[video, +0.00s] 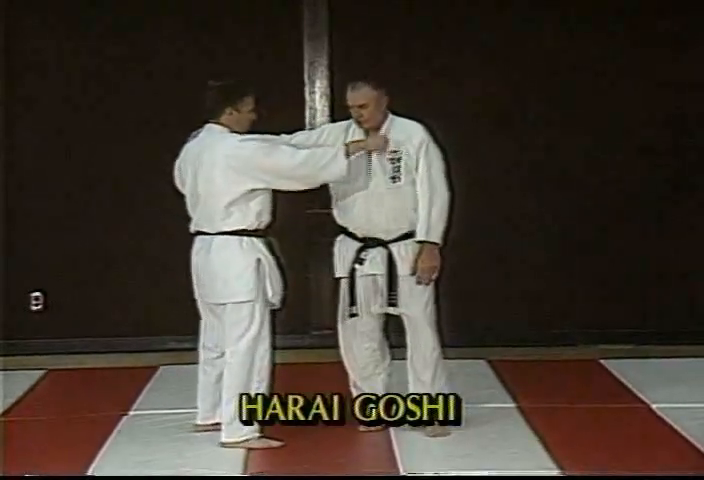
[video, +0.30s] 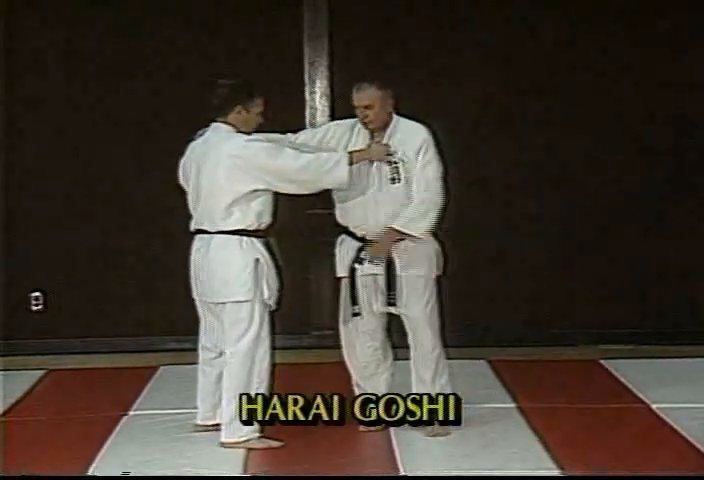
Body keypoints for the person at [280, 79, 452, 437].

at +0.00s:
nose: (358, 115)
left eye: (364, 108)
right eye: (352, 109)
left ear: (384, 102)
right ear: (348, 107)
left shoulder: (413, 136)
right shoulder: (337, 134)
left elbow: (435, 192)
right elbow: (290, 144)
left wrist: (431, 244)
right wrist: (242, 146)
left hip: (407, 246)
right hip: (356, 249)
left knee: (421, 327)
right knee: (359, 326)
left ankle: (428, 407)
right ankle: (370, 405)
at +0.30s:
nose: (363, 116)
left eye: (369, 109)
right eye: (358, 110)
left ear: (389, 105)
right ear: (354, 109)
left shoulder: (415, 137)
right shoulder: (345, 133)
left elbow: (430, 196)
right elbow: (294, 142)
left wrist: (392, 236)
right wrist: (242, 142)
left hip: (410, 244)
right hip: (358, 244)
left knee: (420, 324)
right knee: (360, 325)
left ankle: (433, 407)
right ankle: (373, 404)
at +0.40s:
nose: (367, 115)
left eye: (373, 107)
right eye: (362, 108)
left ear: (393, 104)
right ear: (358, 108)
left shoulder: (416, 137)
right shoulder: (349, 132)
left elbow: (417, 205)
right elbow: (299, 137)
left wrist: (363, 224)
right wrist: (245, 132)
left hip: (409, 246)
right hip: (359, 246)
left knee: (422, 330)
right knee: (361, 328)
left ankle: (434, 410)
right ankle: (374, 407)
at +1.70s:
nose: (400, 132)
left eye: (405, 124)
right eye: (395, 125)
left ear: (425, 115)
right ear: (390, 121)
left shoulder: (450, 144)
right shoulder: (387, 132)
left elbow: (414, 187)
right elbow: (340, 141)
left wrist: (347, 201)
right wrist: (290, 138)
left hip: (454, 245)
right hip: (412, 243)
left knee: (449, 329)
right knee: (412, 327)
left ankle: (443, 407)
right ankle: (419, 401)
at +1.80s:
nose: (400, 131)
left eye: (406, 124)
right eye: (395, 124)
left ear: (426, 116)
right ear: (391, 120)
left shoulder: (451, 146)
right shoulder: (386, 133)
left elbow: (412, 189)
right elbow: (341, 141)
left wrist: (346, 202)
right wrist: (291, 138)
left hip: (457, 243)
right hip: (419, 243)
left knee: (452, 325)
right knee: (429, 323)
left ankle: (447, 398)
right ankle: (436, 390)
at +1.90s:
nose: (401, 132)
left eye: (407, 124)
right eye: (396, 124)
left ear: (427, 116)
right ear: (392, 120)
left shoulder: (451, 146)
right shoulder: (388, 132)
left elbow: (412, 190)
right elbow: (343, 140)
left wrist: (344, 202)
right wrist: (294, 136)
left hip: (456, 242)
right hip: (422, 239)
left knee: (450, 322)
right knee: (437, 303)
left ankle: (441, 396)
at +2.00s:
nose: (402, 132)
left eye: (408, 125)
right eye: (397, 125)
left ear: (428, 117)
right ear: (392, 121)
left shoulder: (451, 146)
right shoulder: (390, 132)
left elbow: (413, 189)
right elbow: (345, 140)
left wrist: (345, 203)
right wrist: (294, 135)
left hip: (458, 242)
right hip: (422, 239)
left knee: (449, 321)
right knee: (440, 300)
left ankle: (443, 394)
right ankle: (485, 329)